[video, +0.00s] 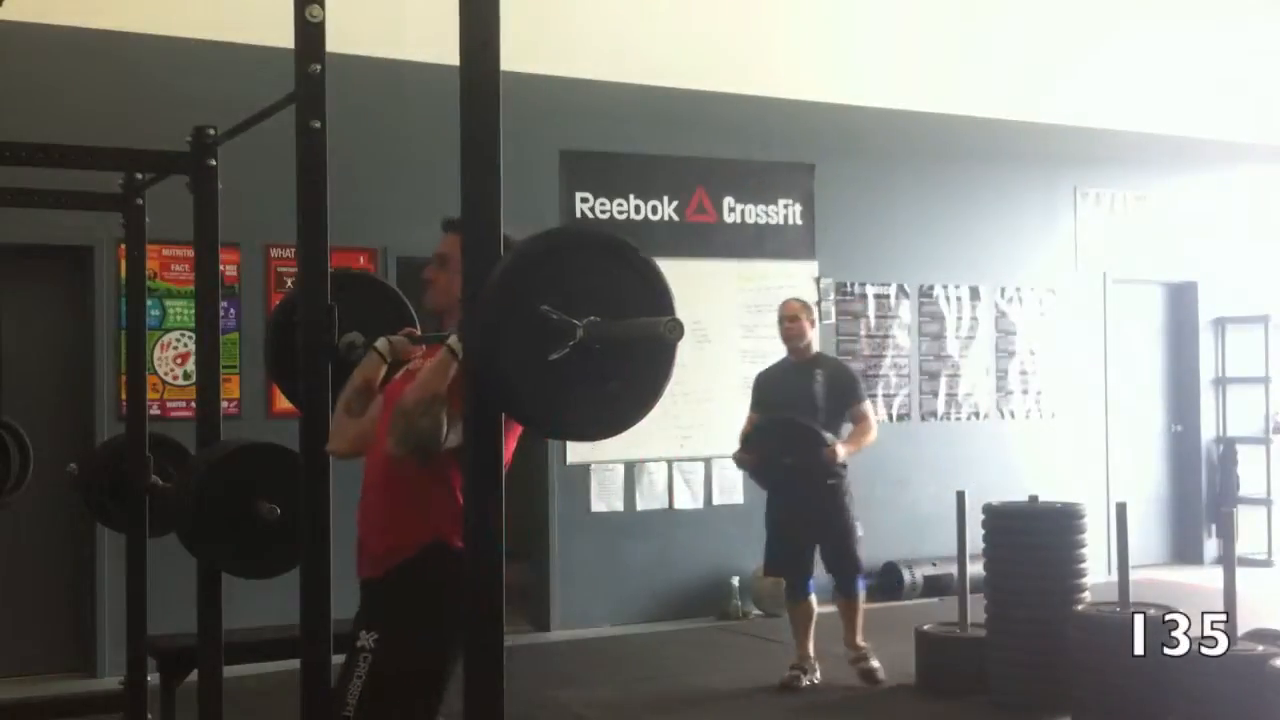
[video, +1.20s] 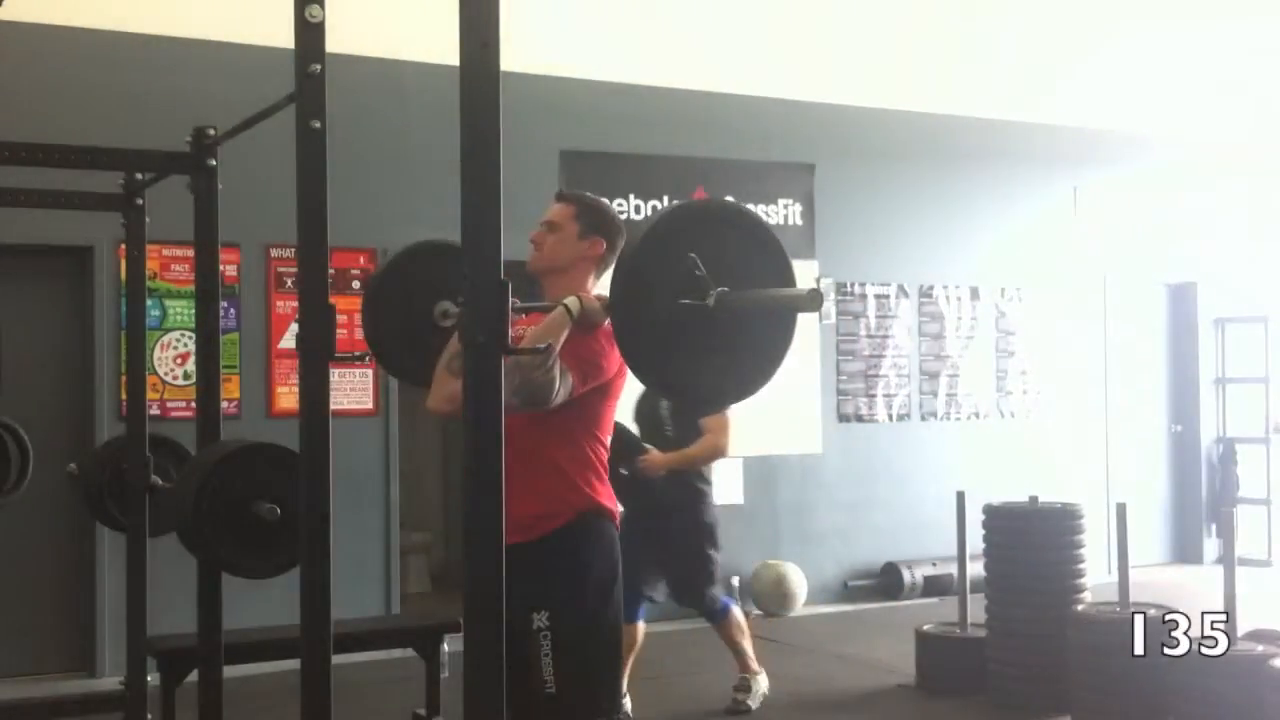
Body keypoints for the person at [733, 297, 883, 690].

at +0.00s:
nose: (789, 327)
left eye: (796, 319)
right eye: (784, 321)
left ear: (813, 324)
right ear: (778, 329)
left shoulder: (839, 374)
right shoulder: (767, 379)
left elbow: (867, 426)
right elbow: (752, 429)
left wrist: (844, 448)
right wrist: (745, 453)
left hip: (827, 484)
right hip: (784, 485)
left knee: (847, 568)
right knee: (796, 576)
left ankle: (856, 647)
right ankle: (805, 662)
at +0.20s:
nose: (773, 328)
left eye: (780, 321)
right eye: (769, 322)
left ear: (798, 326)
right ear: (764, 329)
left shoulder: (823, 374)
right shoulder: (756, 380)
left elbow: (853, 426)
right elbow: (749, 434)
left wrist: (821, 452)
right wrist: (730, 458)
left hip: (810, 487)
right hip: (771, 488)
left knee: (808, 577)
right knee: (786, 579)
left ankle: (813, 667)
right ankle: (802, 664)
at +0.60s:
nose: (750, 331)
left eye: (757, 323)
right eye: (745, 324)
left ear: (773, 326)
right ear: (738, 330)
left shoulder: (791, 379)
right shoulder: (732, 382)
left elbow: (812, 439)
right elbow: (730, 437)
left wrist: (766, 460)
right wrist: (698, 458)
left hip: (773, 493)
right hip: (736, 491)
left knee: (761, 587)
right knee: (741, 583)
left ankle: (759, 681)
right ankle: (794, 645)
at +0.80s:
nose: (746, 345)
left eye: (753, 337)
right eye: (740, 337)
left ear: (764, 339)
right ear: (728, 338)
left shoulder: (771, 377)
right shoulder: (715, 375)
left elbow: (785, 437)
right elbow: (715, 436)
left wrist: (735, 459)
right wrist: (683, 454)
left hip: (754, 490)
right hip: (714, 488)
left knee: (752, 586)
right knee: (692, 575)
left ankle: (759, 681)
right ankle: (736, 640)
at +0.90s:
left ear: (739, 329)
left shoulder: (755, 375)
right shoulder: (703, 375)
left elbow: (769, 437)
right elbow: (705, 435)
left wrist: (719, 458)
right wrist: (674, 460)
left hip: (741, 492)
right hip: (701, 491)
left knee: (742, 583)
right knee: (678, 577)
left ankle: (758, 681)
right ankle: (697, 673)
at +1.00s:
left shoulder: (738, 377)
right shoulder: (682, 383)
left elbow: (754, 441)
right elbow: (693, 443)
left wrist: (702, 461)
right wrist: (660, 464)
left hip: (728, 498)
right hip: (687, 498)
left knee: (740, 592)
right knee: (667, 592)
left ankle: (758, 681)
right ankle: (645, 681)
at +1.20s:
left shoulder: (702, 382)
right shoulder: (651, 391)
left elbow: (718, 442)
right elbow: (657, 445)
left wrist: (666, 460)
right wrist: (627, 459)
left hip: (687, 508)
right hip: (643, 507)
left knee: (703, 595)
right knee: (628, 601)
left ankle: (753, 673)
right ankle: (617, 693)